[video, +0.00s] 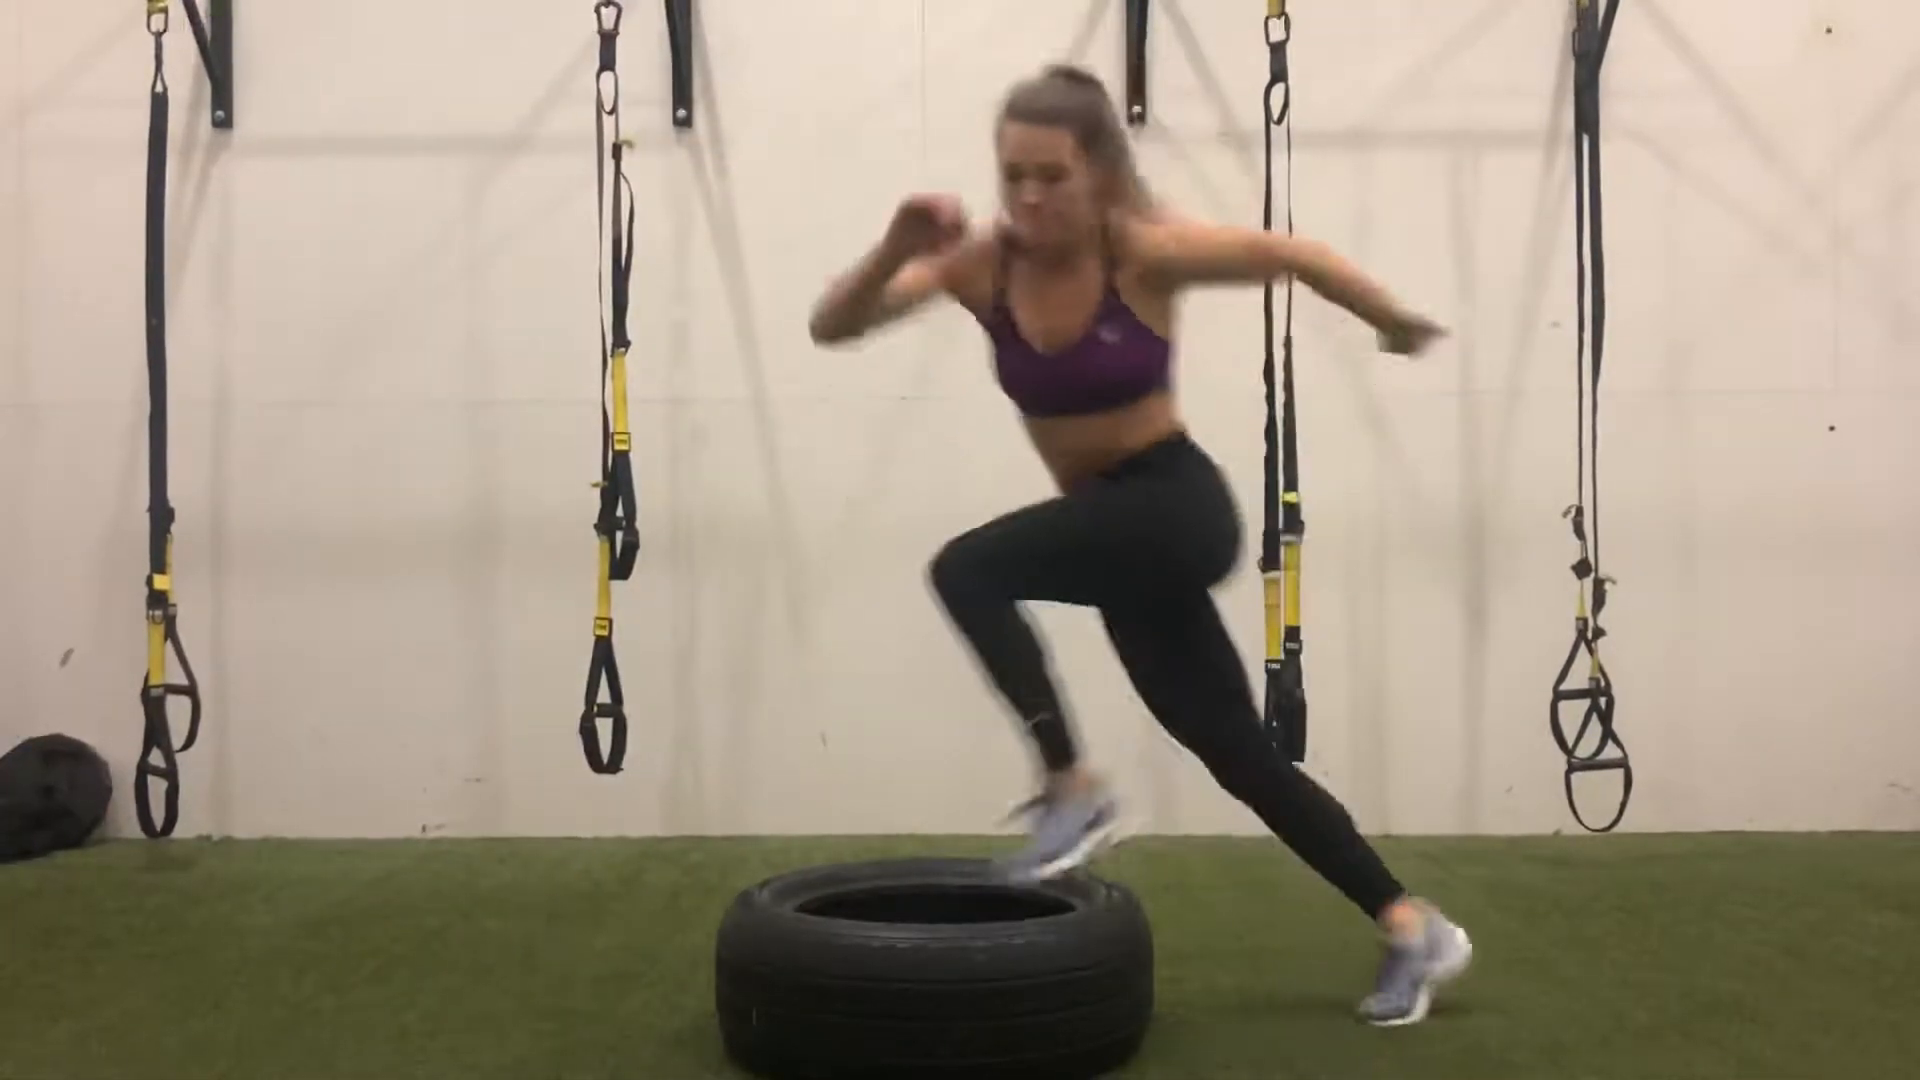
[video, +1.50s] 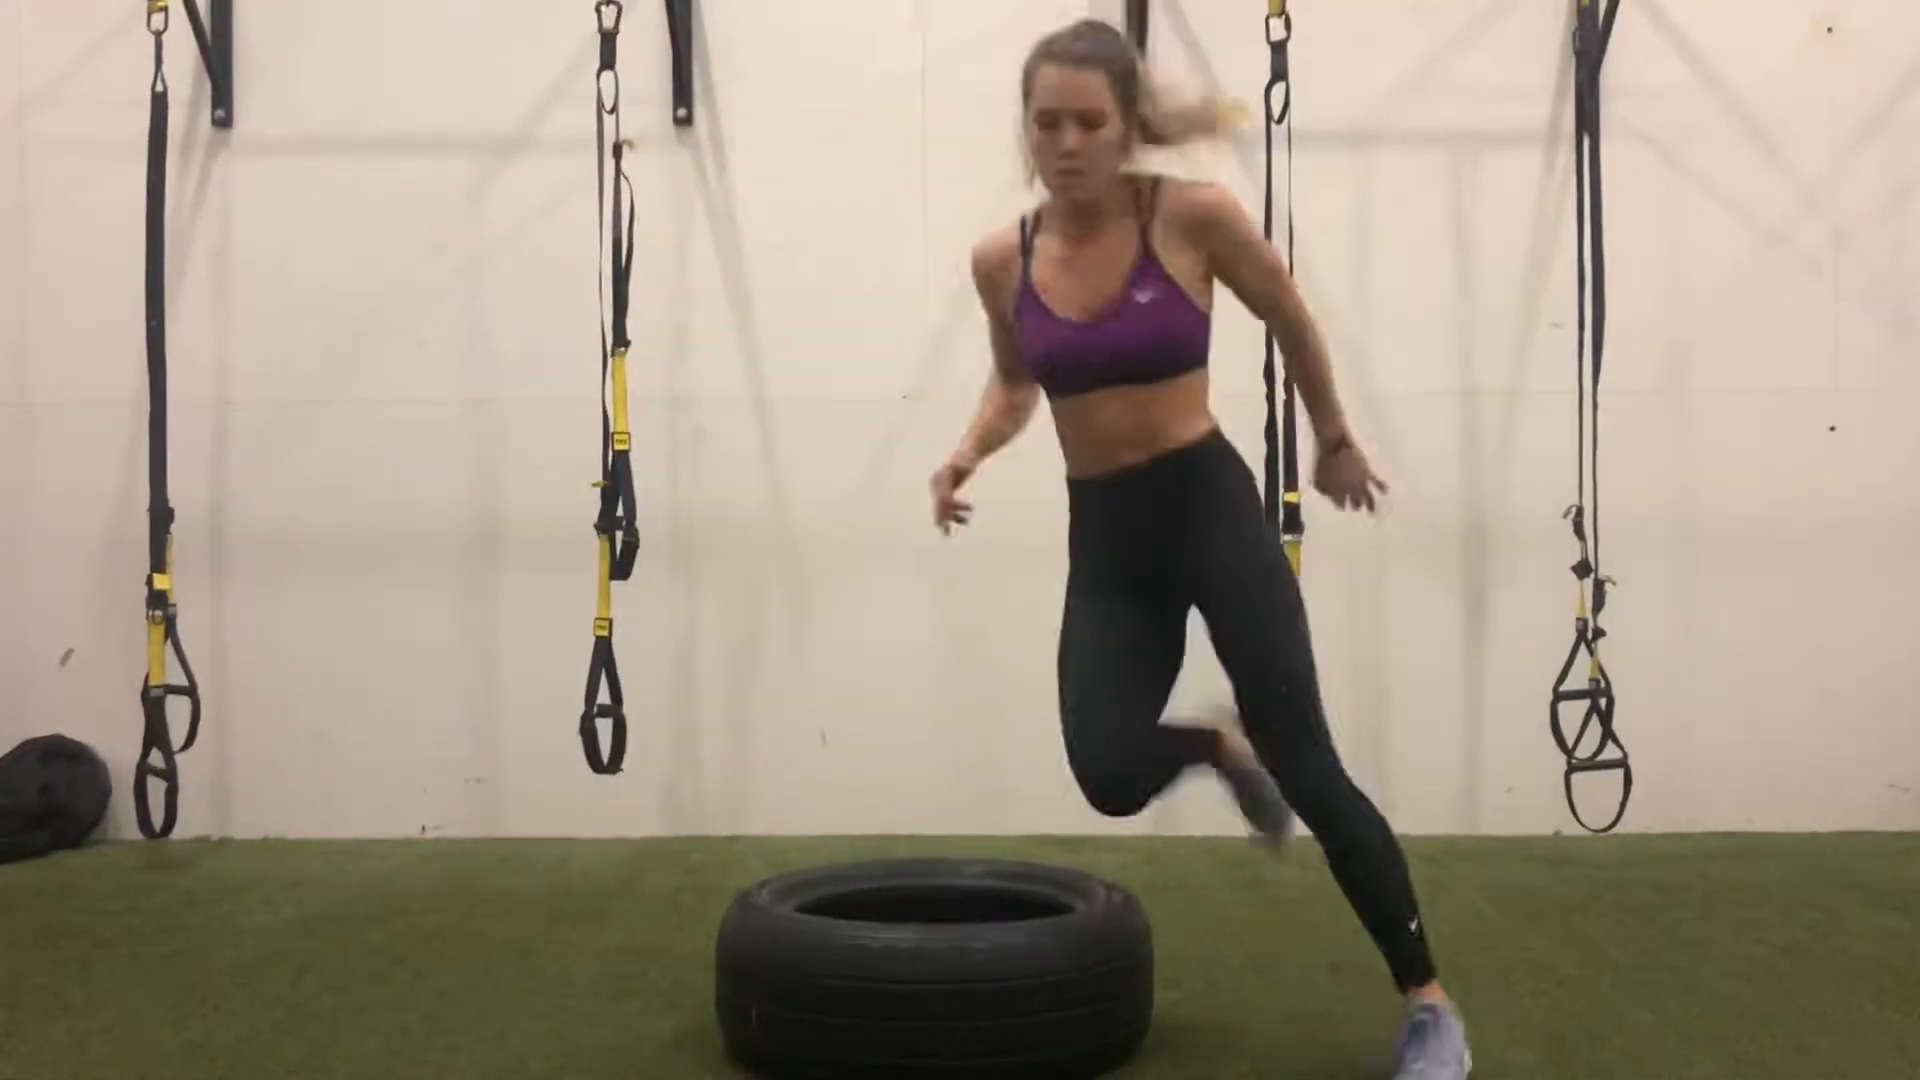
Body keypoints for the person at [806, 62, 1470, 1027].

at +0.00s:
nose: (1028, 197)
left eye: (1050, 175)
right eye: (1013, 175)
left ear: (1102, 175)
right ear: (998, 174)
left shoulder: (1146, 252)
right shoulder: (982, 263)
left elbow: (1301, 255)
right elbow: (830, 329)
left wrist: (1397, 322)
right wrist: (887, 256)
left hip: (1177, 506)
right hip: (1106, 524)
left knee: (969, 569)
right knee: (1240, 756)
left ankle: (1070, 789)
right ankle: (1414, 928)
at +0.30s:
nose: (841, 99)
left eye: (865, 82)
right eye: (825, 76)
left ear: (902, 91)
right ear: (800, 77)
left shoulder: (941, 184)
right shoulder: (746, 186)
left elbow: (1082, 264)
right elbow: (721, 295)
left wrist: (1162, 379)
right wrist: (762, 370)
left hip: (920, 467)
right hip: (829, 468)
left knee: (880, 712)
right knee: (701, 655)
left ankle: (975, 924)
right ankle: (850, 755)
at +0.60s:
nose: (750, 174)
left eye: (770, 152)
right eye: (729, 150)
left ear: (798, 152)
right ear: (690, 147)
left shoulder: (813, 254)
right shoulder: (636, 249)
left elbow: (775, 348)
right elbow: (562, 393)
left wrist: (777, 444)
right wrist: (628, 436)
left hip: (703, 523)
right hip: (594, 505)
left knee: (659, 734)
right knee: (495, 744)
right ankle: (422, 956)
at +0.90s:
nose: (824, 162)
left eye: (839, 141)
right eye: (804, 141)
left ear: (860, 133)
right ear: (761, 132)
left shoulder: (881, 200)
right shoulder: (711, 208)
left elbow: (872, 283)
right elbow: (590, 227)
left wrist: (736, 255)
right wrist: (474, 211)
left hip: (743, 488)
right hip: (698, 478)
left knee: (610, 745)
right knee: (907, 570)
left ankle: (438, 963)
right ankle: (712, 707)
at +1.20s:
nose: (1003, 98)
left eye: (1021, 77)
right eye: (983, 77)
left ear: (1047, 69)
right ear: (946, 71)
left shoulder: (1077, 147)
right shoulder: (894, 173)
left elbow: (1099, 236)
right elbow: (747, 277)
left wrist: (1111, 320)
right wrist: (613, 351)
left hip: (1007, 473)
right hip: (913, 474)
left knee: (1140, 665)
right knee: (956, 723)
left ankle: (1026, 707)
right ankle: (904, 935)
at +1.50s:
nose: (1064, 142)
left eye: (1087, 122)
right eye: (1047, 121)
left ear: (1129, 125)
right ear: (1024, 126)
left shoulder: (1193, 216)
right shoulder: (1004, 261)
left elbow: (1292, 324)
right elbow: (1014, 383)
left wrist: (1335, 441)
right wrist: (965, 454)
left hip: (1212, 512)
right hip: (1103, 538)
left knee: (1300, 766)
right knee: (1108, 776)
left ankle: (1427, 1004)